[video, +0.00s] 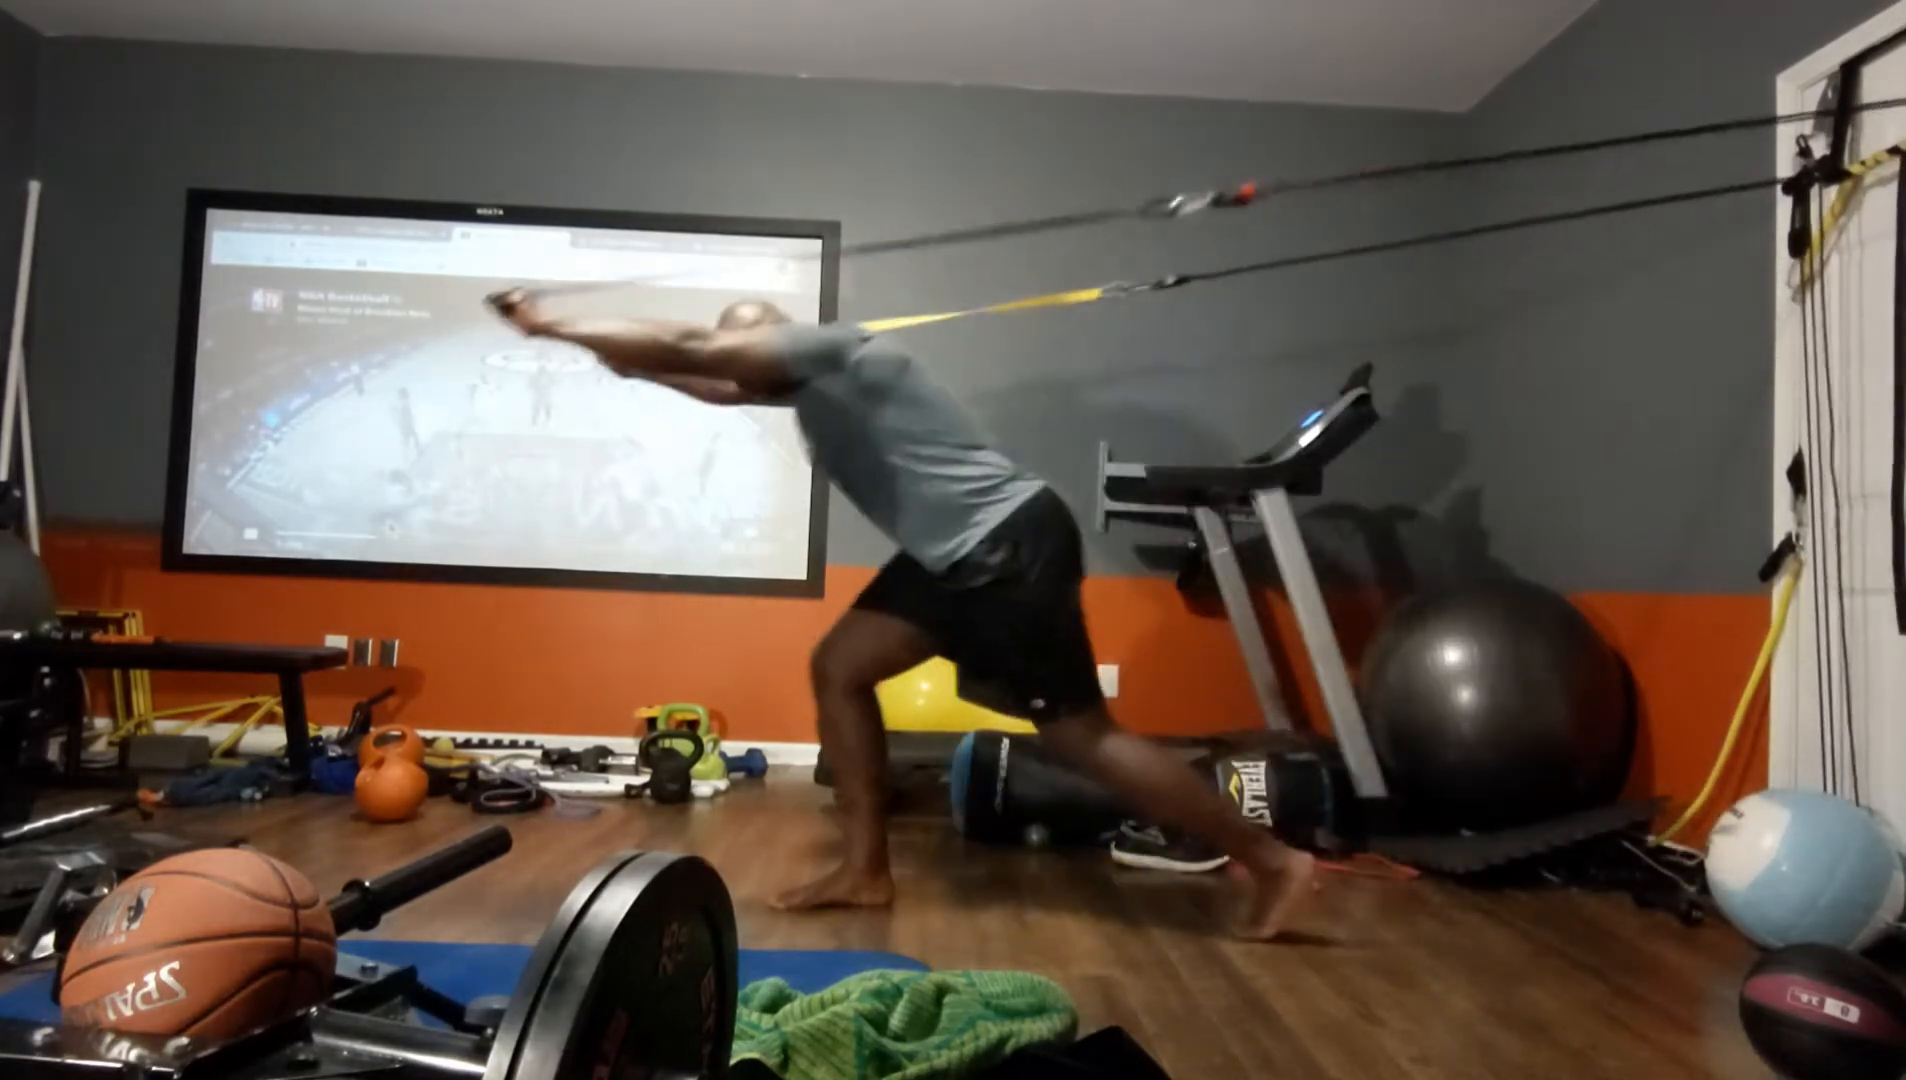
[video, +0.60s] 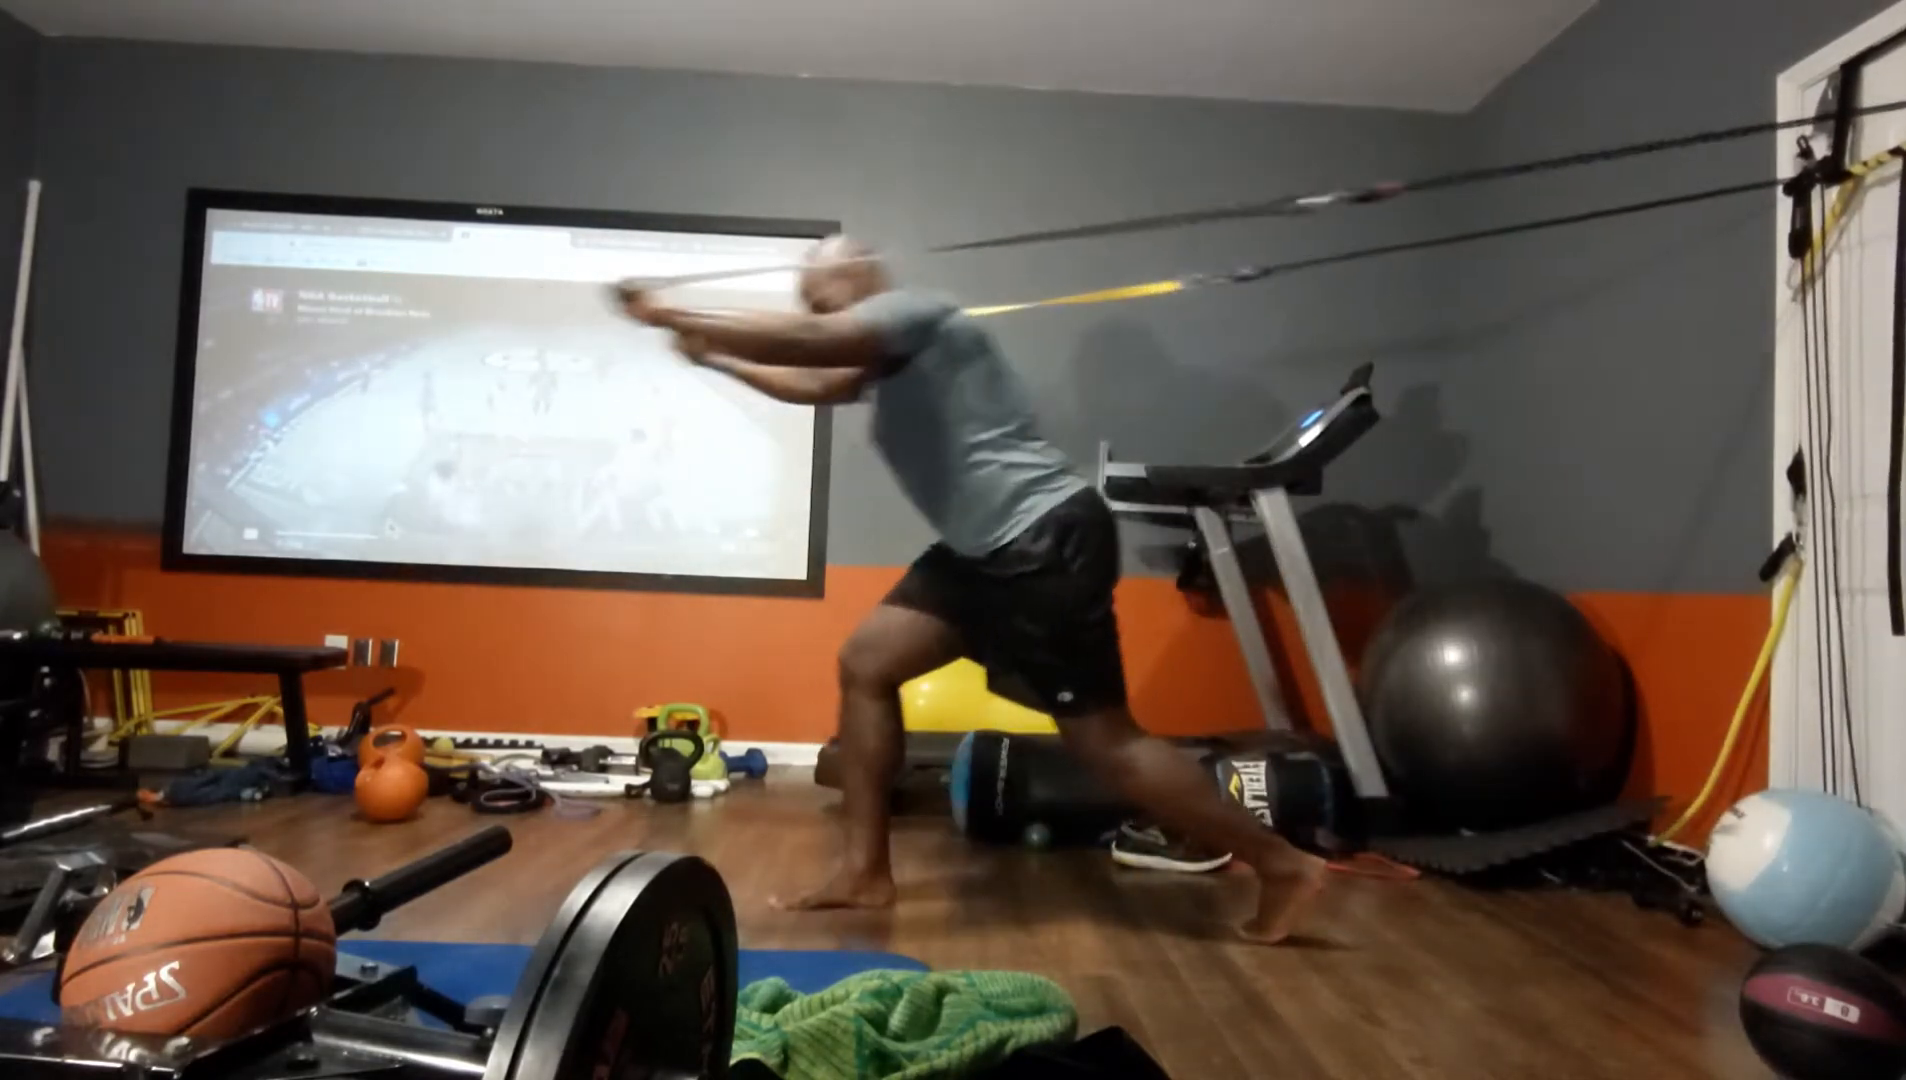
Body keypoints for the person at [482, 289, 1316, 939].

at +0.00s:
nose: (723, 375)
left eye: (725, 353)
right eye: (716, 360)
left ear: (761, 329)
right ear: (760, 339)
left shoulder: (835, 350)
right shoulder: (822, 382)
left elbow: (698, 352)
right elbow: (702, 381)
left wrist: (564, 327)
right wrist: (588, 345)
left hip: (1013, 544)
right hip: (943, 559)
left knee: (1084, 742)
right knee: (838, 667)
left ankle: (1273, 861)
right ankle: (860, 871)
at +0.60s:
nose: (812, 304)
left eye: (819, 288)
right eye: (808, 294)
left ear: (862, 277)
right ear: (836, 298)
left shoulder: (921, 314)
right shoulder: (880, 367)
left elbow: (809, 339)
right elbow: (803, 384)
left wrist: (671, 316)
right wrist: (710, 353)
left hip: (1050, 540)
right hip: (978, 553)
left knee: (1108, 750)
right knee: (866, 666)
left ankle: (1282, 865)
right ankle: (862, 877)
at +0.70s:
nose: (876, 277)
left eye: (887, 256)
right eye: (869, 265)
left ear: (931, 246)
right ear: (875, 270)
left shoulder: (987, 290)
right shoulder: (933, 348)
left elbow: (935, 341)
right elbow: (891, 397)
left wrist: (803, 322)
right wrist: (804, 364)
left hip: (1088, 522)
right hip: (1013, 539)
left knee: (1125, 733)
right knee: (906, 668)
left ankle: (1298, 873)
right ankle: (866, 873)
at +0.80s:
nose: (934, 253)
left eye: (943, 233)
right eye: (928, 241)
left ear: (991, 215)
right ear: (957, 238)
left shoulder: (1047, 262)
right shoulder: (998, 315)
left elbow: (1054, 338)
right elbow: (992, 404)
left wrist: (915, 334)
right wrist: (904, 379)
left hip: (1128, 500)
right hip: (1059, 521)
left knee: (1172, 720)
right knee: (972, 678)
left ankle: (1306, 874)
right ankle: (886, 869)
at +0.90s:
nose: (987, 240)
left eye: (994, 218)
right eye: (981, 226)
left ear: (1047, 200)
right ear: (1018, 217)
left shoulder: (1100, 253)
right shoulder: (1055, 304)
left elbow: (1142, 340)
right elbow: (1069, 409)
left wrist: (1019, 344)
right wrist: (984, 387)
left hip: (1177, 502)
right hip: (1110, 517)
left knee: (1202, 710)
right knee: (1016, 664)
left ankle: (1321, 885)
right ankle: (979, 864)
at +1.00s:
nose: (1028, 231)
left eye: (1035, 210)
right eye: (1022, 217)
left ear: (1084, 189)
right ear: (1074, 197)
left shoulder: (1147, 249)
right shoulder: (1103, 292)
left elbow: (1227, 338)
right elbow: (1135, 408)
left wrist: (1105, 355)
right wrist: (1058, 398)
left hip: (1219, 494)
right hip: (1152, 507)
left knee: (1221, 708)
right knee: (1062, 653)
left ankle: (1325, 886)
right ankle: (1099, 857)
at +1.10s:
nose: (1065, 218)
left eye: (1073, 196)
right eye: (1059, 203)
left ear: (1126, 180)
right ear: (1107, 193)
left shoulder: (1192, 240)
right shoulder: (1138, 282)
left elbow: (1285, 333)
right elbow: (1174, 389)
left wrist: (1175, 361)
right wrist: (1099, 392)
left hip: (1254, 486)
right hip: (1188, 499)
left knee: (1248, 704)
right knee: (1119, 661)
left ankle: (1329, 888)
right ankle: (1225, 843)